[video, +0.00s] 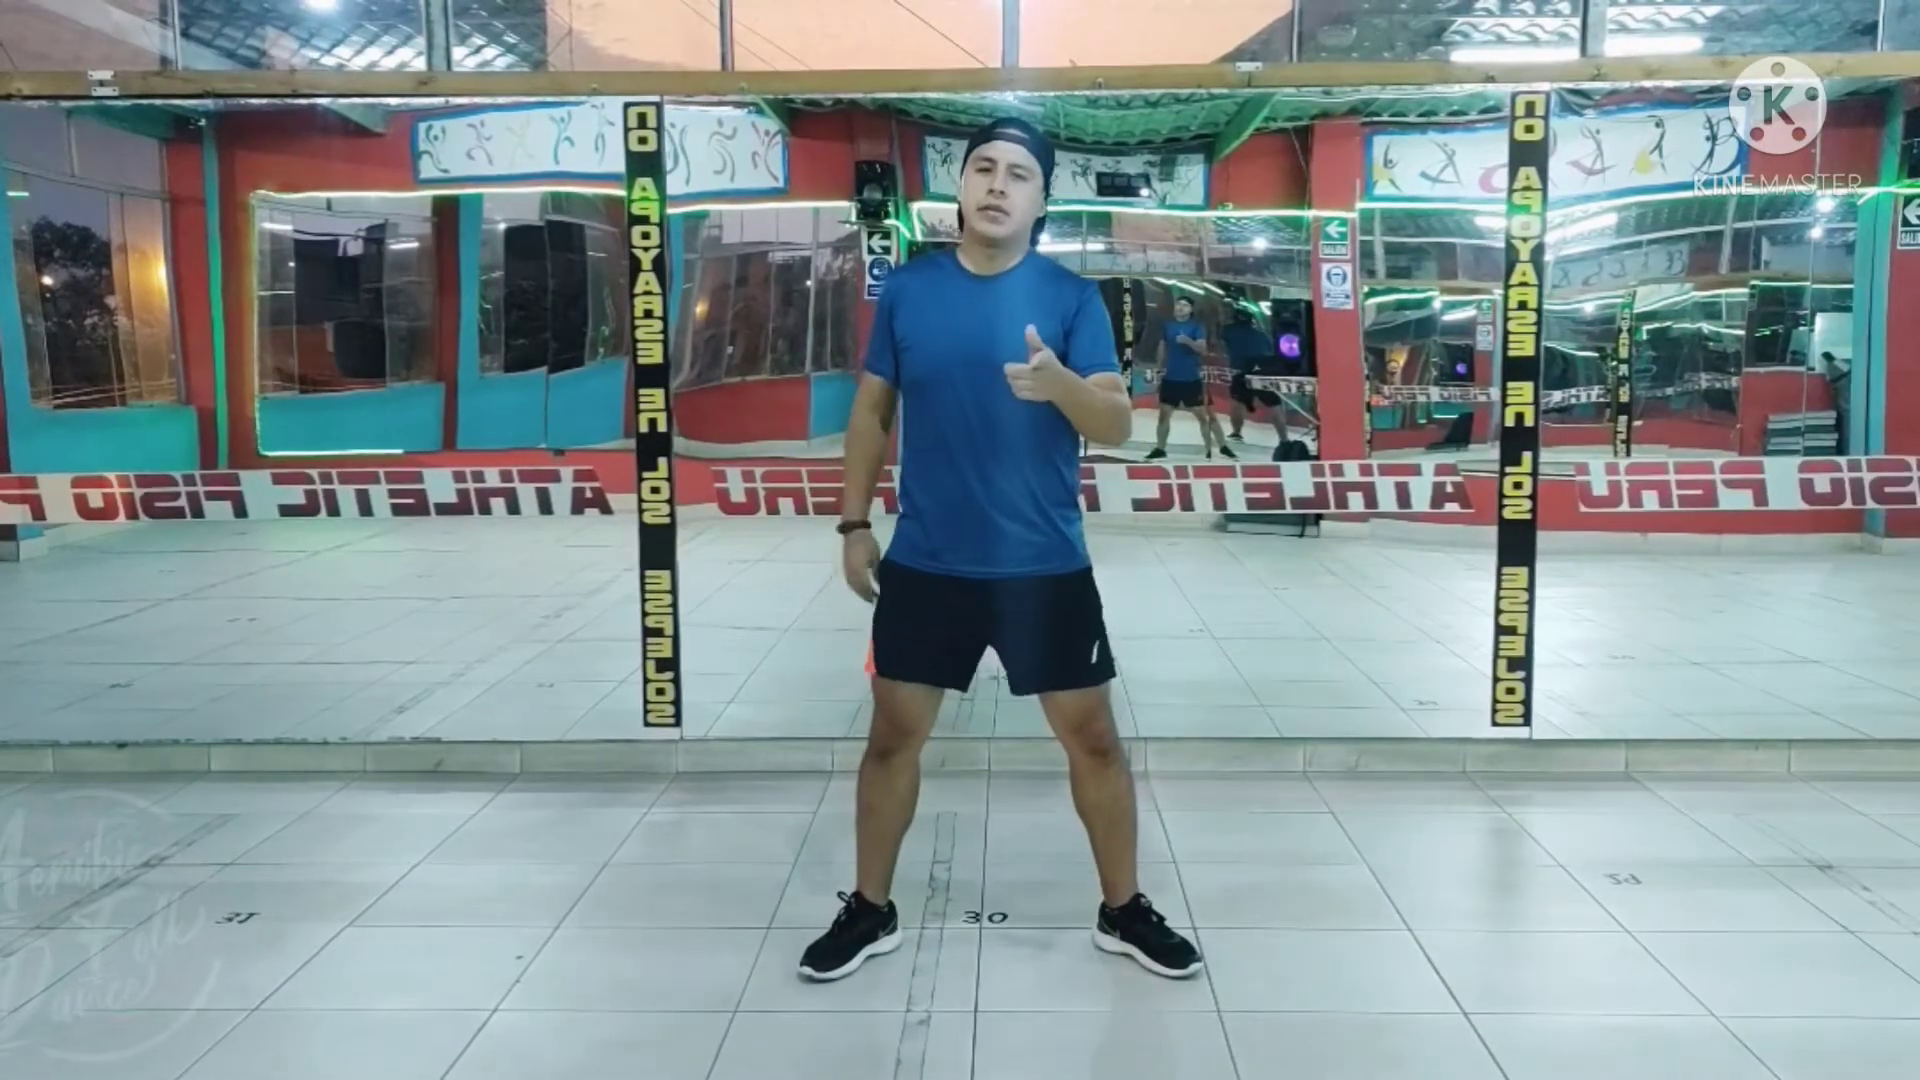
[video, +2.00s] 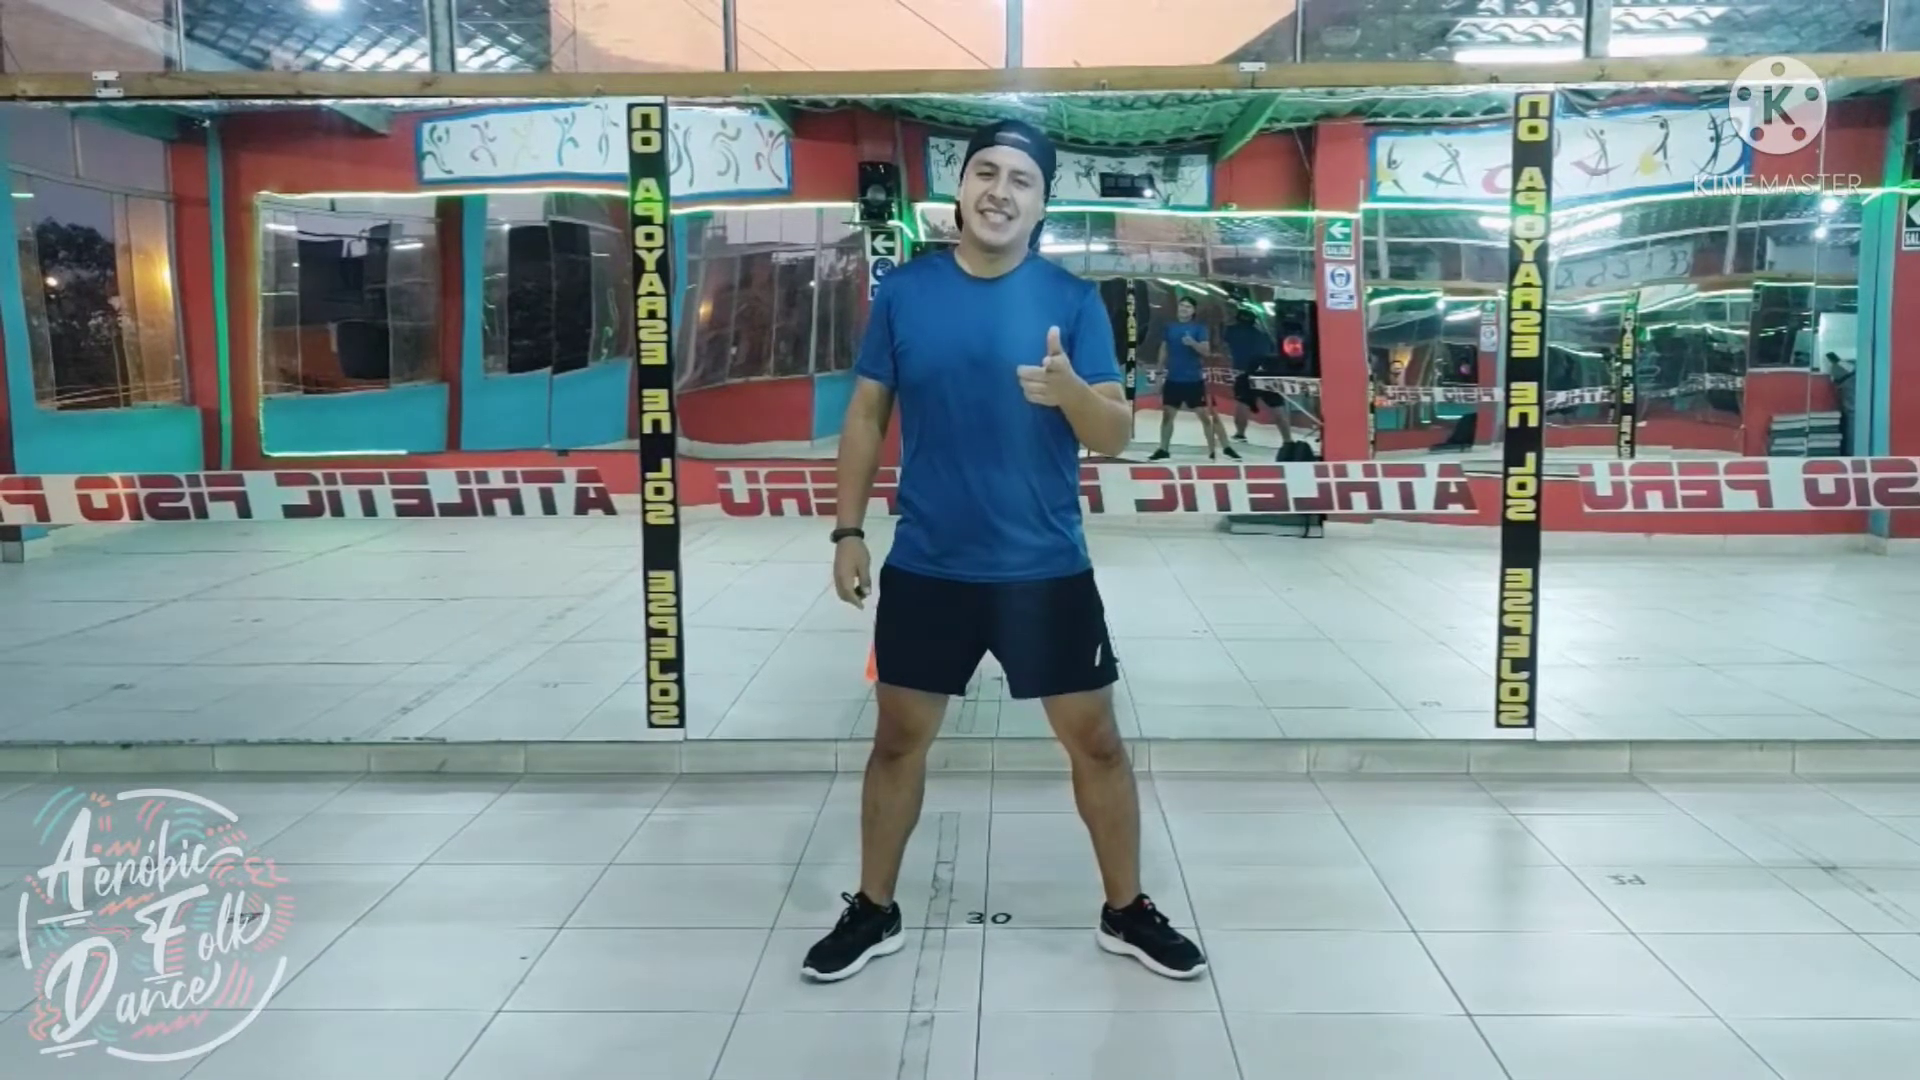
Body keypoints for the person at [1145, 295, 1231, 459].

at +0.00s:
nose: (1180, 308)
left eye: (1184, 305)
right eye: (1178, 305)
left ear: (1191, 309)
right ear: (1174, 308)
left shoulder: (1197, 327)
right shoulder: (1168, 326)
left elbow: (1203, 349)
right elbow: (1162, 347)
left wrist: (1189, 342)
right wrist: (1159, 367)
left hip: (1191, 378)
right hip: (1171, 377)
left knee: (1203, 416)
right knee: (1164, 414)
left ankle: (1209, 449)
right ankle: (1160, 447)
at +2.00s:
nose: (1184, 309)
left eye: (1187, 307)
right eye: (1182, 306)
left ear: (1193, 311)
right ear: (1177, 308)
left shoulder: (1200, 329)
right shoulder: (1170, 328)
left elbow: (1206, 351)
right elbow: (1164, 349)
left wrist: (1193, 343)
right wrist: (1160, 368)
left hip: (1194, 379)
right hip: (1173, 378)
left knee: (1204, 415)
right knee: (1167, 414)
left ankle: (1212, 450)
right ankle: (1163, 448)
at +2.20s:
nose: (1184, 309)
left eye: (1188, 307)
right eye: (1182, 306)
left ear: (1194, 311)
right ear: (1178, 308)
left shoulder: (1200, 328)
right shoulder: (1170, 328)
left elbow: (1206, 351)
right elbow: (1164, 349)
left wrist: (1193, 344)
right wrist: (1160, 368)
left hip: (1194, 379)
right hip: (1174, 378)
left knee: (1204, 415)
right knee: (1167, 414)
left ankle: (1213, 450)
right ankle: (1164, 448)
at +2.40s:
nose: (1184, 312)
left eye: (1188, 309)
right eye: (1182, 308)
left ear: (1193, 313)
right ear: (1178, 310)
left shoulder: (1199, 330)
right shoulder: (1169, 328)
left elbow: (1206, 349)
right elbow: (1162, 347)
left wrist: (1202, 364)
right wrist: (1160, 367)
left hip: (1193, 379)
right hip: (1173, 378)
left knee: (1204, 415)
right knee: (1167, 414)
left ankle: (1214, 450)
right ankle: (1164, 448)